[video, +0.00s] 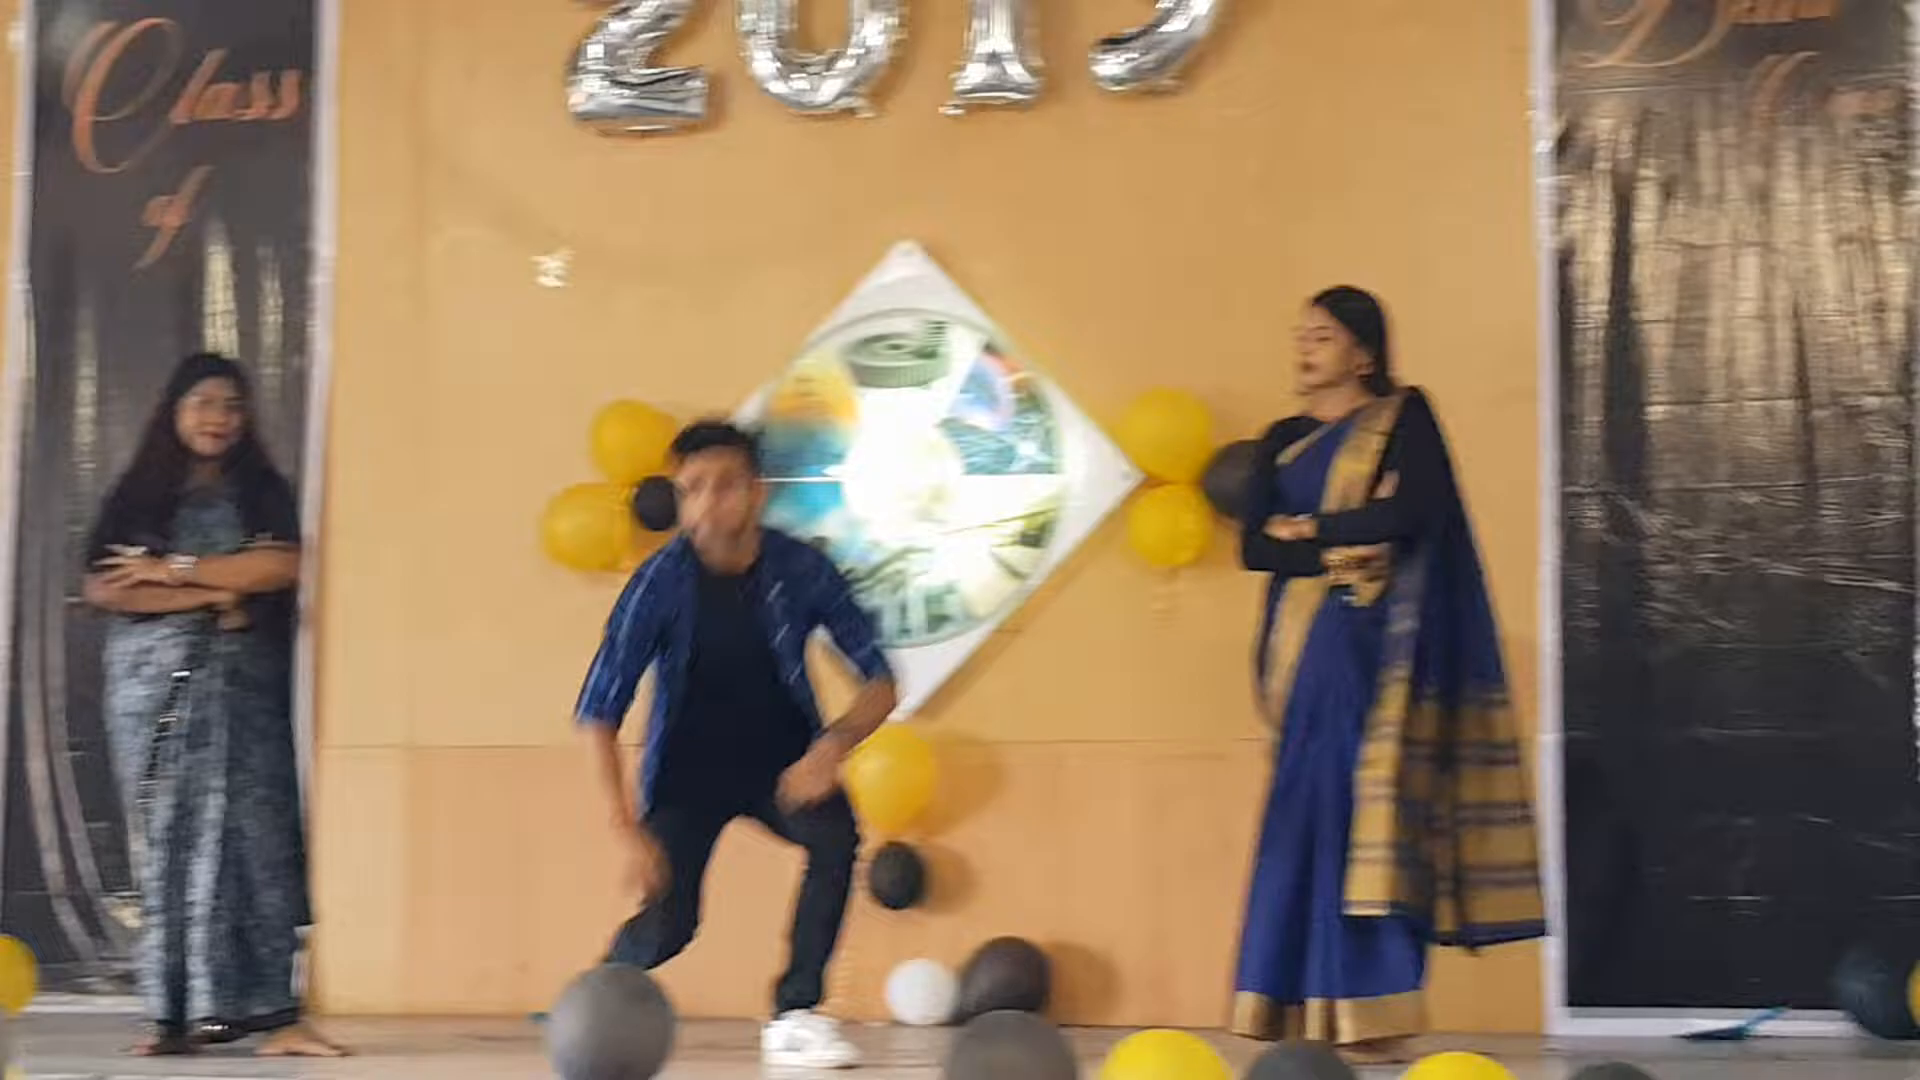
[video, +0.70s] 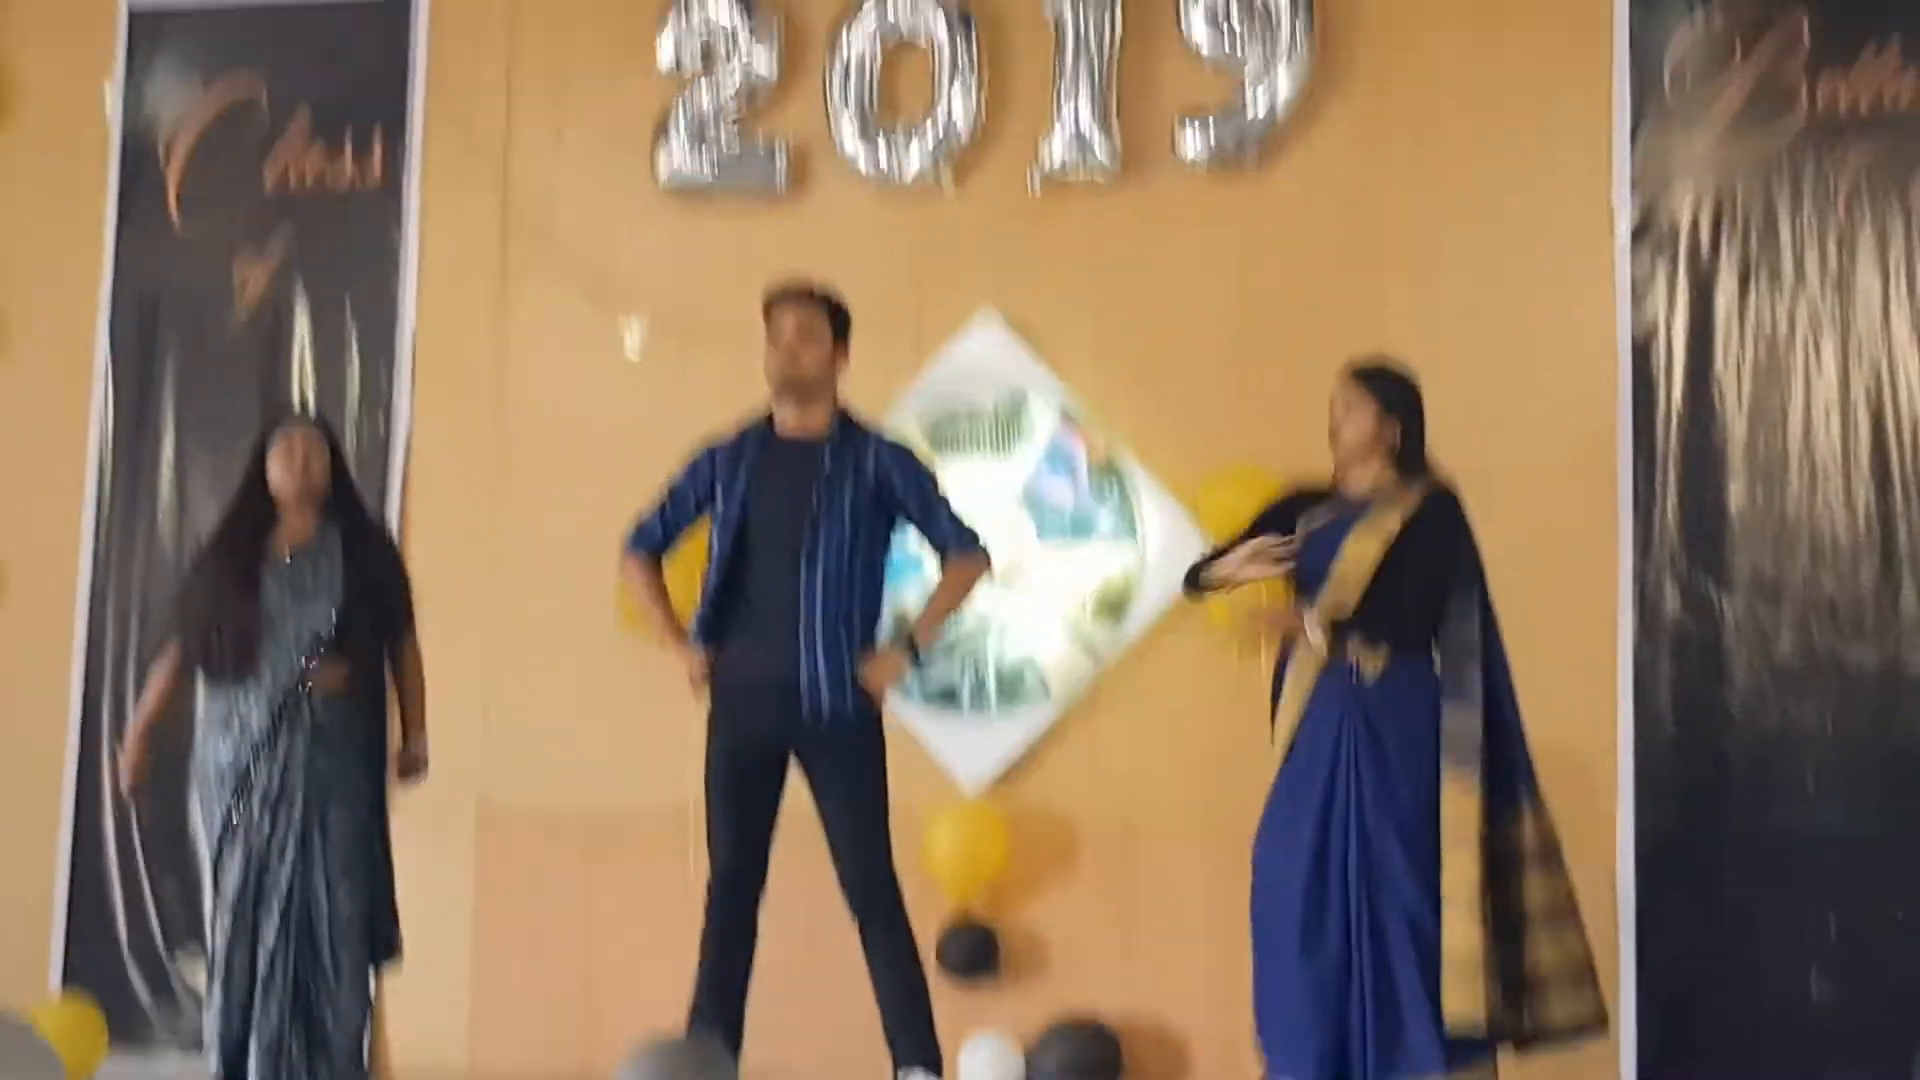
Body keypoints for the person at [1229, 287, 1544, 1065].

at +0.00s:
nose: (1305, 349)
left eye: (1320, 337)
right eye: (1301, 337)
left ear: (1362, 348)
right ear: (1299, 349)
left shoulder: (1402, 412)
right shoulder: (1284, 439)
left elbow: (1415, 513)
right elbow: (1253, 546)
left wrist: (1311, 528)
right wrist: (1325, 559)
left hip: (1384, 649)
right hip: (1304, 653)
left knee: (1363, 813)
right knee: (1307, 812)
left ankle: (1362, 1008)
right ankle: (1304, 1008)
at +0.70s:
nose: (1335, 427)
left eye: (1349, 413)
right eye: (1335, 412)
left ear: (1390, 424)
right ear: (1343, 422)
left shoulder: (1432, 513)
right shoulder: (1307, 510)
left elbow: (1402, 631)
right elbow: (1199, 580)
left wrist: (1307, 625)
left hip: (1394, 728)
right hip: (1316, 725)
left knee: (1391, 890)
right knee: (1289, 873)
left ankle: (1398, 1057)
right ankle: (1308, 1057)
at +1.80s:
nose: (1384, 798)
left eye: (1402, 788)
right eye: (1390, 786)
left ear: (1442, 811)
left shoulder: (1492, 877)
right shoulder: (1375, 902)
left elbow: (1551, 999)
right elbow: (1279, 972)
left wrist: (1578, 1074)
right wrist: (1237, 880)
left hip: (1497, 1062)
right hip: (1413, 1067)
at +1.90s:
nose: (1373, 762)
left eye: (1388, 750)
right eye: (1378, 749)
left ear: (1426, 770)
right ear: (1399, 768)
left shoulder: (1479, 841)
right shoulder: (1366, 862)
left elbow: (1538, 937)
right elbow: (1255, 884)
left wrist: (1583, 1034)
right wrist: (1170, 830)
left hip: (1505, 1049)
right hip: (1414, 1056)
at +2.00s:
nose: (1383, 661)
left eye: (1398, 648)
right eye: (1376, 646)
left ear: (1431, 659)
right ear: (1366, 655)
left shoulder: (1470, 732)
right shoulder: (1352, 747)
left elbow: (1525, 826)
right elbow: (1237, 720)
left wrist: (1577, 925)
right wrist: (1142, 670)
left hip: (1501, 936)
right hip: (1410, 953)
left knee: (1535, 1059)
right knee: (1443, 1065)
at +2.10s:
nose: (1362, 495)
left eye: (1378, 481)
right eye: (1357, 481)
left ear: (1412, 488)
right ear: (1352, 489)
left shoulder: (1452, 569)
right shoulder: (1341, 582)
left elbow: (1498, 658)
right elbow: (1242, 546)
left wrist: (1544, 752)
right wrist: (1154, 483)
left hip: (1473, 761)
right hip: (1390, 768)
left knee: (1488, 919)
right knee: (1417, 928)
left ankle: (1522, 1059)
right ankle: (1429, 1059)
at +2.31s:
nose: (1279, 66)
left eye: (1297, 58)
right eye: (1271, 51)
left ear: (1324, 75)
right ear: (1250, 60)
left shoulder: (1351, 141)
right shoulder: (1233, 155)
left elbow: (1401, 240)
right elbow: (1130, 87)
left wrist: (1446, 333)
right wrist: (1102, 5)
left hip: (1366, 354)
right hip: (1283, 362)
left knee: (1405, 527)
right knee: (1295, 533)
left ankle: (1497, 711)